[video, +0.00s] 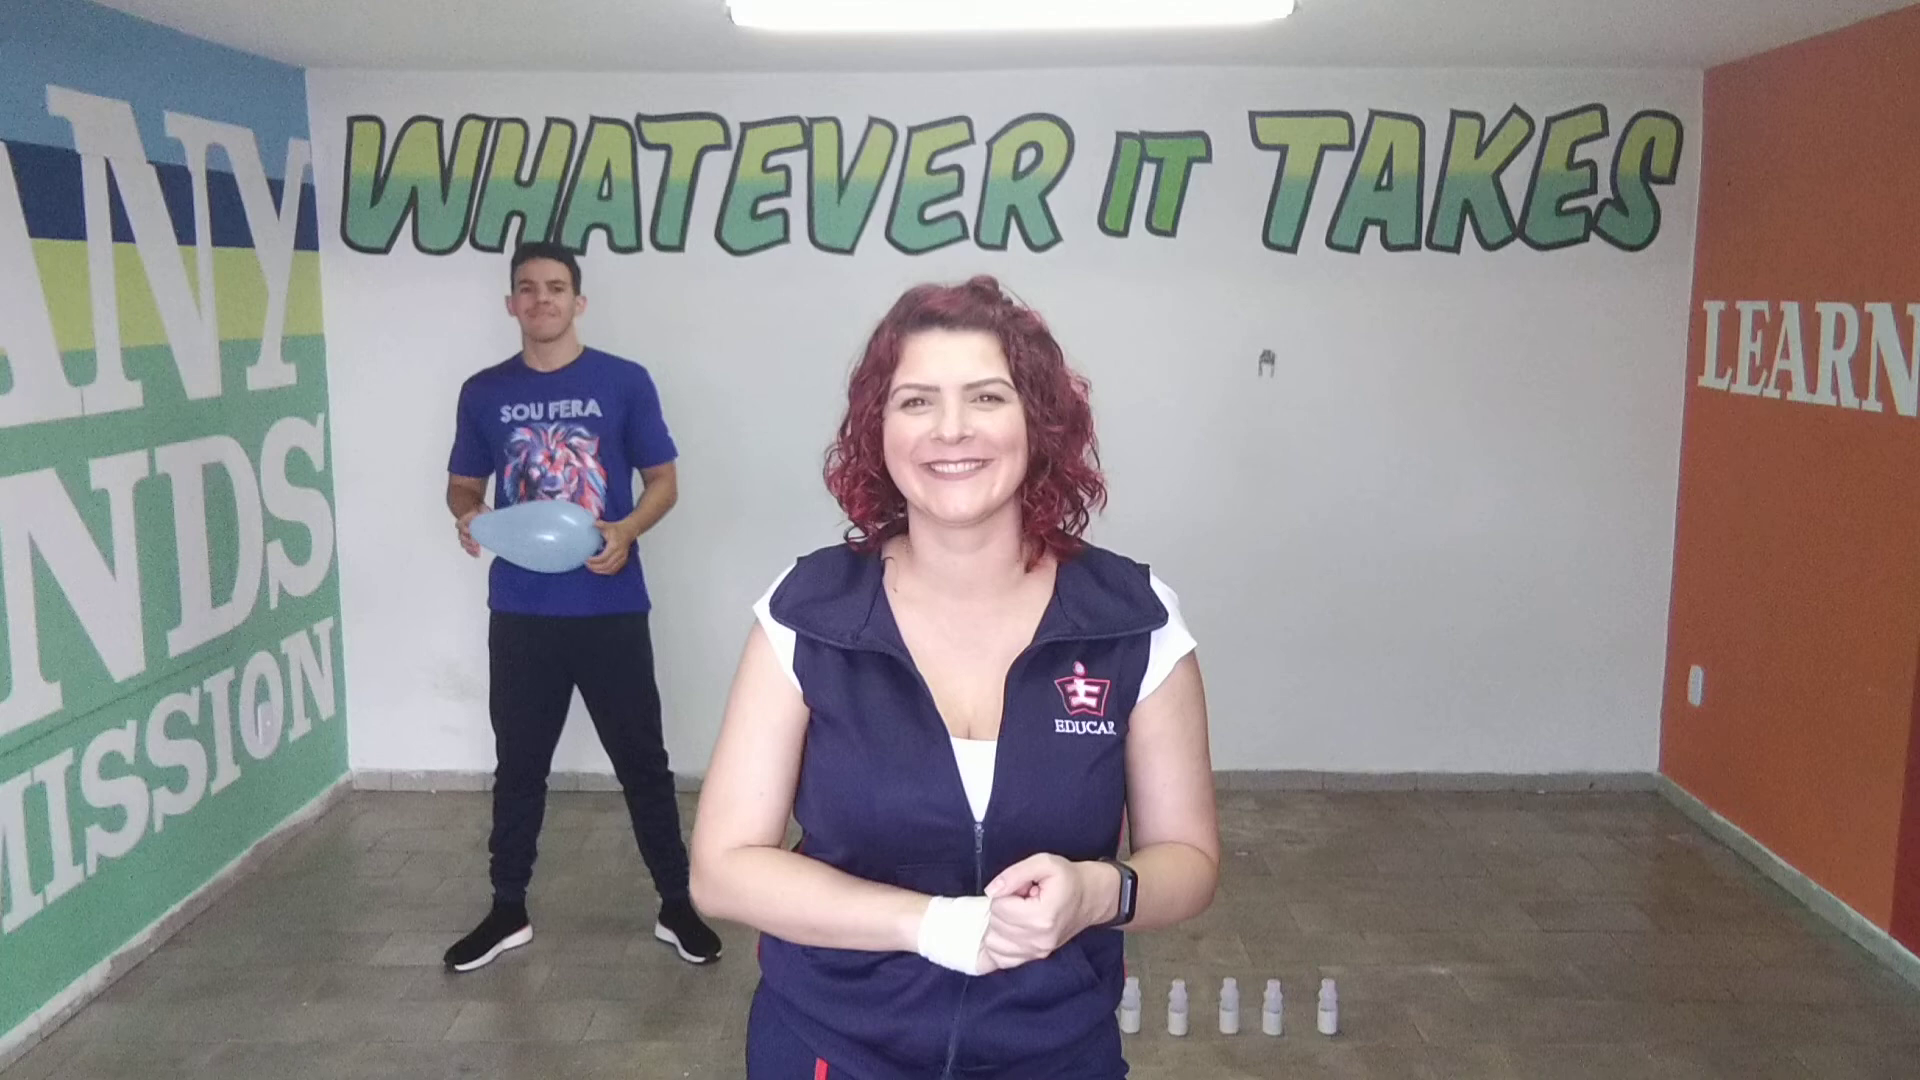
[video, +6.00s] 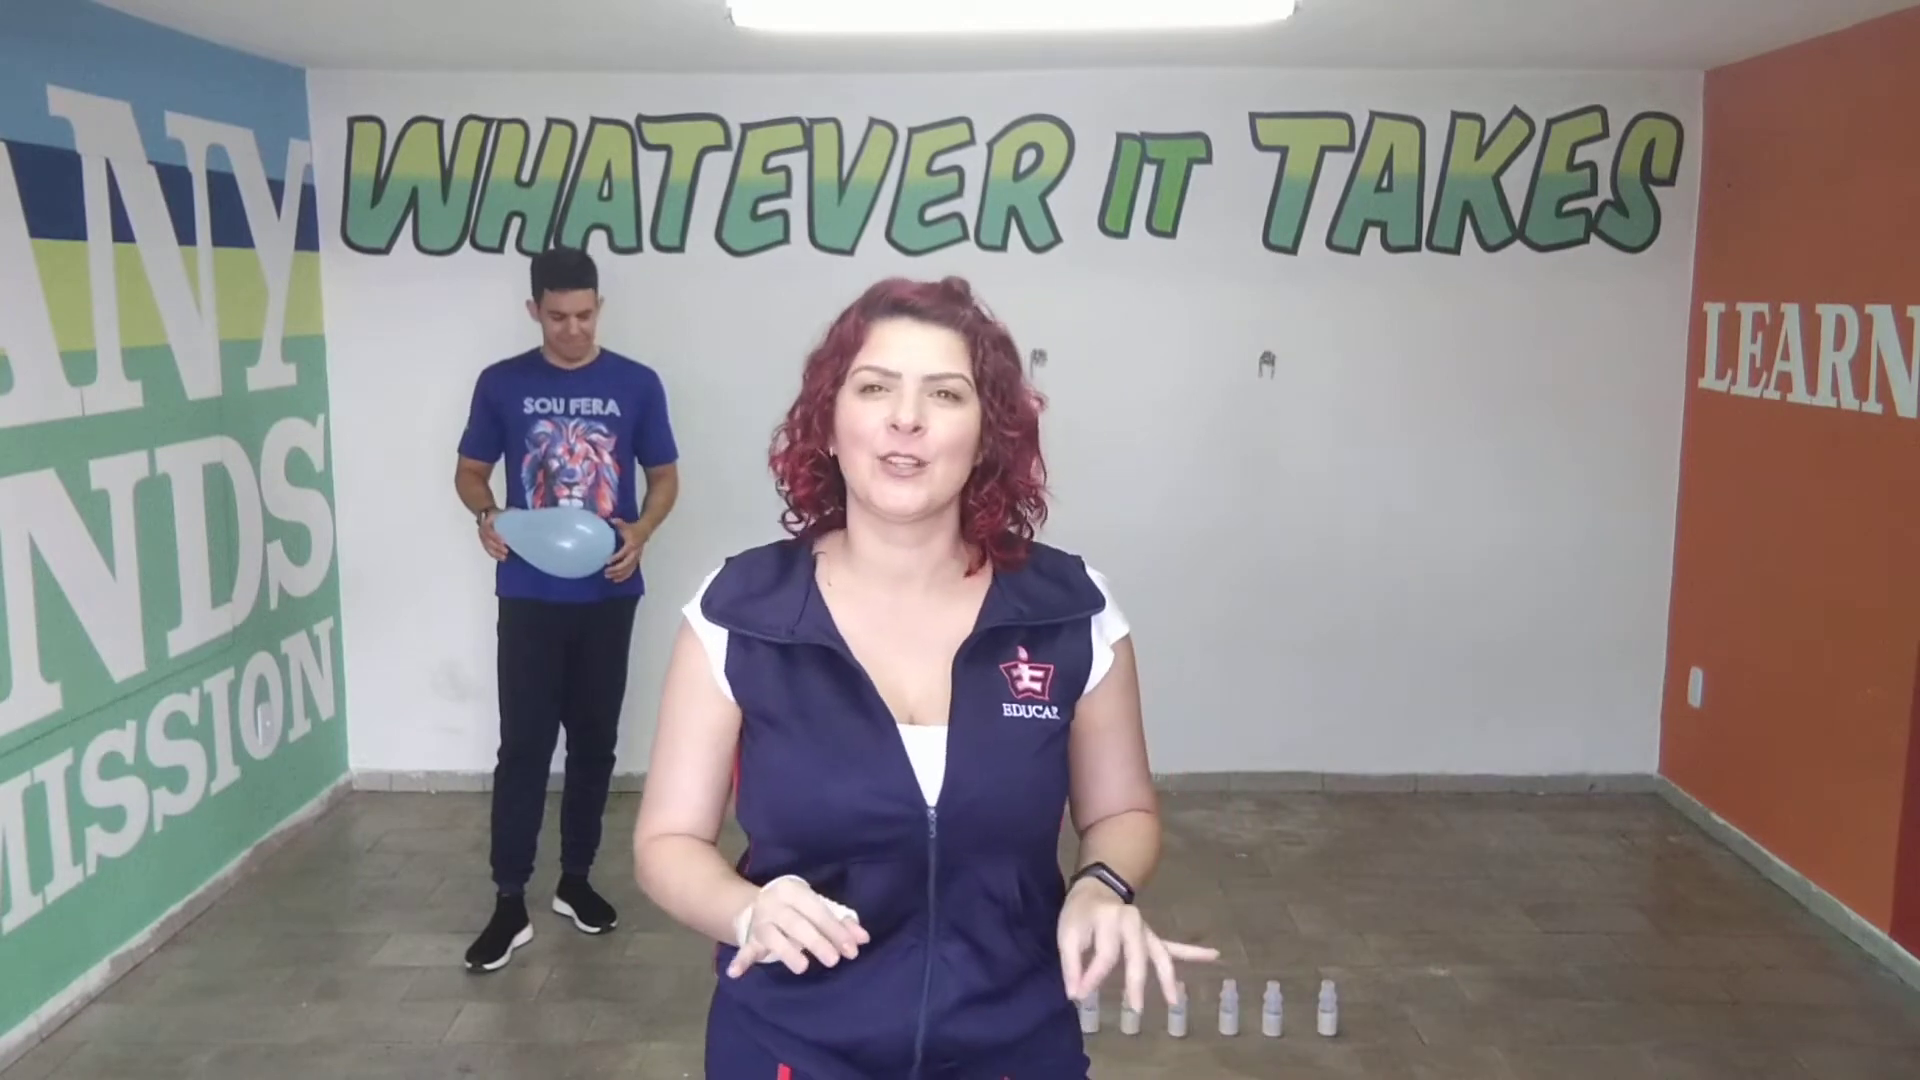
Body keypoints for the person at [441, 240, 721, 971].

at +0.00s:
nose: (541, 299)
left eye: (555, 288)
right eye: (528, 289)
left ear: (579, 301)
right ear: (511, 304)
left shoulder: (625, 382)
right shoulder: (484, 393)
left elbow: (664, 483)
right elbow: (464, 484)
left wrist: (630, 527)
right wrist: (470, 514)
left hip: (611, 613)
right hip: (523, 616)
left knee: (645, 766)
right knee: (518, 769)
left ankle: (678, 903)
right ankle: (508, 910)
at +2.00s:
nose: (550, 300)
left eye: (564, 289)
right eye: (538, 288)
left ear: (585, 300)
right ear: (521, 298)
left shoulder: (623, 384)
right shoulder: (486, 383)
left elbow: (653, 480)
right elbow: (452, 476)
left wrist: (629, 533)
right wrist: (477, 514)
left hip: (595, 601)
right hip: (516, 600)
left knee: (585, 749)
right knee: (514, 754)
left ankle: (575, 882)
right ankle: (507, 908)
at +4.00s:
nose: (581, 327)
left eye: (594, 314)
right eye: (569, 314)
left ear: (610, 313)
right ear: (546, 309)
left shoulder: (642, 389)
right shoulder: (508, 383)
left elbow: (665, 483)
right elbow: (472, 468)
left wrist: (647, 528)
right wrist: (490, 509)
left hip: (609, 598)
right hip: (532, 597)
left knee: (594, 745)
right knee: (526, 747)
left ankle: (574, 882)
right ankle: (510, 901)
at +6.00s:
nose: (574, 327)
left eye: (585, 314)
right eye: (560, 315)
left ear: (600, 310)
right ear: (537, 312)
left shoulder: (637, 387)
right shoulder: (502, 385)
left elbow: (666, 480)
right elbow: (470, 475)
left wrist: (642, 531)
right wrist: (489, 515)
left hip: (607, 599)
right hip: (530, 599)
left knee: (594, 746)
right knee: (524, 749)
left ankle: (575, 882)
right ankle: (509, 902)